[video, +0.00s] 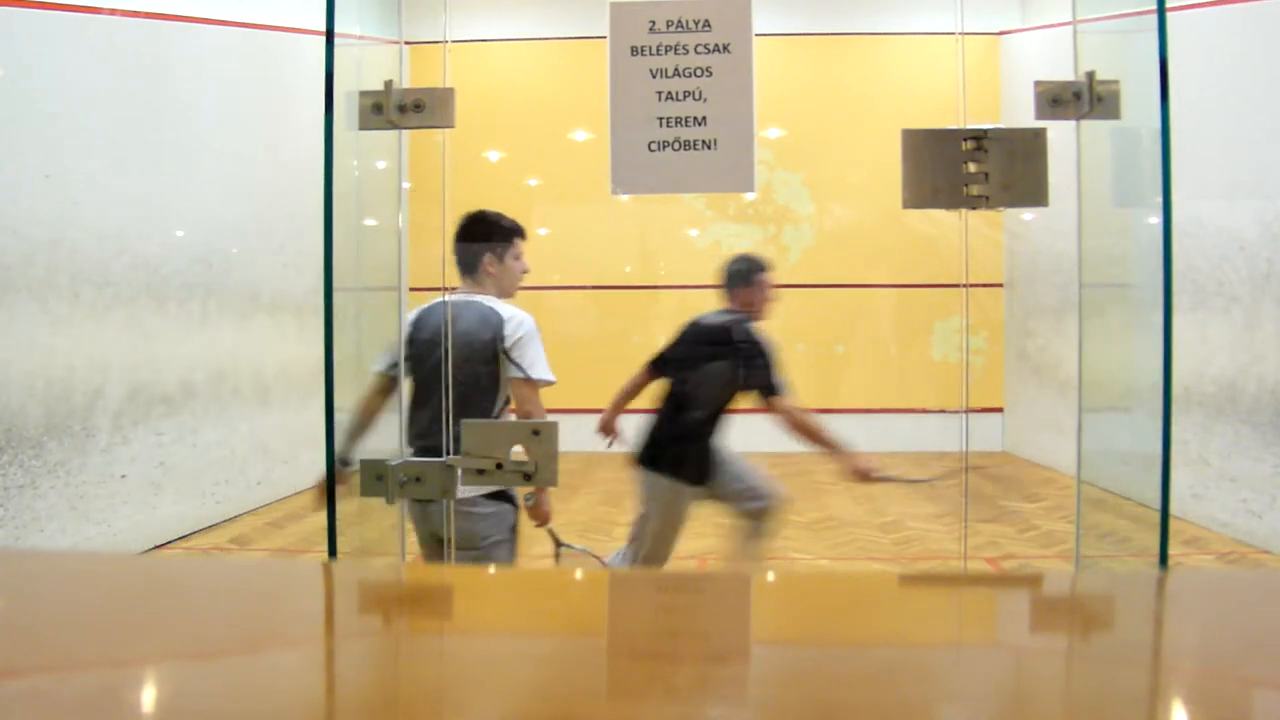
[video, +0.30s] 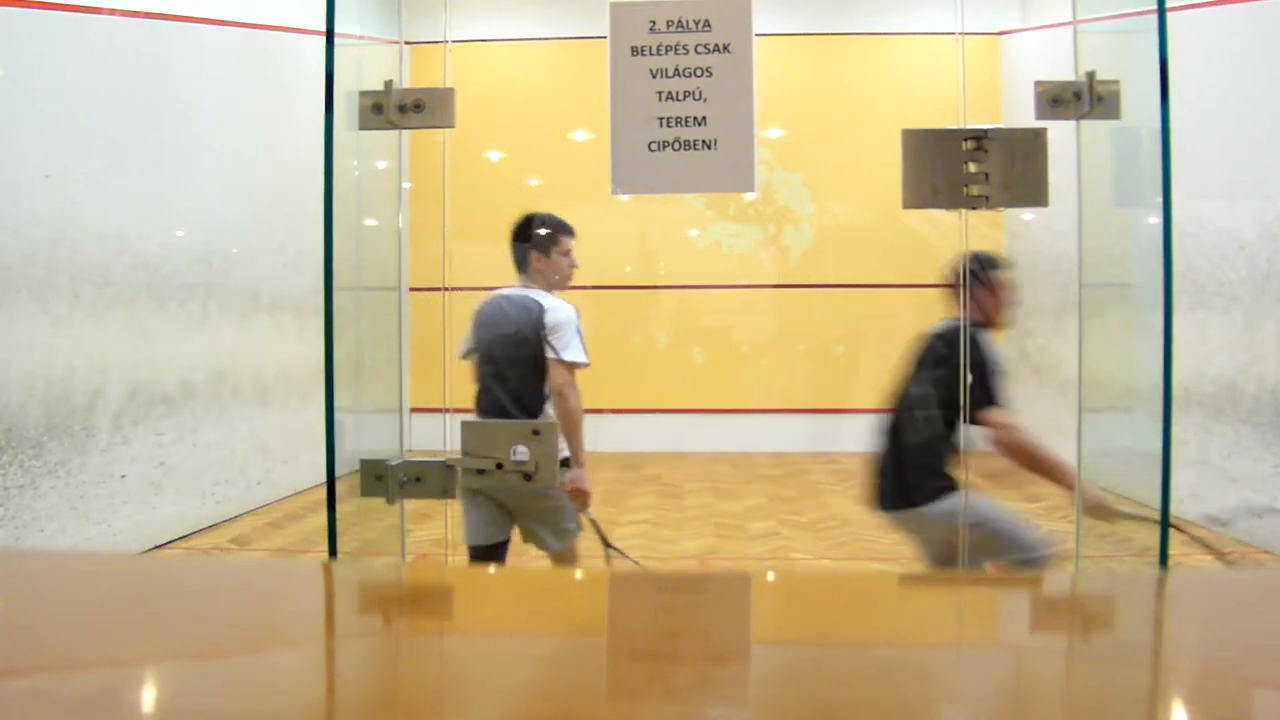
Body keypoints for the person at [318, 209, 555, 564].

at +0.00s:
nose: (526, 268)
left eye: (523, 257)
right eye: (518, 257)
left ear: (473, 265)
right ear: (490, 264)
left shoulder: (420, 319)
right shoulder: (512, 322)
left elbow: (376, 396)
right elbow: (529, 413)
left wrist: (342, 459)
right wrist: (540, 488)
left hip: (423, 493)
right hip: (480, 497)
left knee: (440, 604)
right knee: (487, 612)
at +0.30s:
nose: (574, 264)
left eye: (572, 254)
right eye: (566, 254)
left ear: (535, 260)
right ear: (538, 260)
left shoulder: (487, 307)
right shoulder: (556, 311)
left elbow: (480, 383)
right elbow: (562, 388)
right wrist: (577, 465)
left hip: (482, 459)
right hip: (538, 463)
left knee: (482, 573)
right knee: (567, 564)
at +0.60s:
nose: (640, 273)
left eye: (640, 265)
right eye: (632, 265)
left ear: (606, 269)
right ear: (605, 267)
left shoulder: (562, 305)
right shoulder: (618, 315)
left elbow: (540, 372)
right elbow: (625, 387)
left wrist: (578, 396)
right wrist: (647, 454)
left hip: (555, 438)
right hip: (598, 443)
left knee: (568, 528)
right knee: (610, 541)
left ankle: (533, 598)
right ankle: (606, 616)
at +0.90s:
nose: (678, 289)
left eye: (679, 281)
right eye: (672, 280)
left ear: (647, 283)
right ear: (648, 281)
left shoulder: (611, 321)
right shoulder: (657, 323)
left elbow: (583, 377)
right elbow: (665, 388)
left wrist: (567, 429)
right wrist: (695, 436)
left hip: (604, 442)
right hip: (637, 443)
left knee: (629, 535)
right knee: (630, 539)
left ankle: (625, 612)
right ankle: (616, 612)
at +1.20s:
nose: (711, 283)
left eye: (711, 276)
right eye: (706, 276)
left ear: (681, 280)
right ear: (685, 278)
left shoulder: (649, 315)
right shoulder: (695, 317)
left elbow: (639, 375)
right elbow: (694, 373)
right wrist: (711, 426)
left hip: (638, 421)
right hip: (676, 422)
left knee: (641, 501)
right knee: (704, 493)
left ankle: (633, 577)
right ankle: (695, 567)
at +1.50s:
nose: (762, 302)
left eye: (761, 296)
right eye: (761, 297)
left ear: (729, 300)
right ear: (755, 300)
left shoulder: (708, 331)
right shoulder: (756, 337)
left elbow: (690, 378)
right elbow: (753, 384)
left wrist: (714, 399)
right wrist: (768, 435)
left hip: (694, 423)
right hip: (731, 425)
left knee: (692, 493)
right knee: (737, 492)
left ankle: (664, 530)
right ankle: (723, 555)